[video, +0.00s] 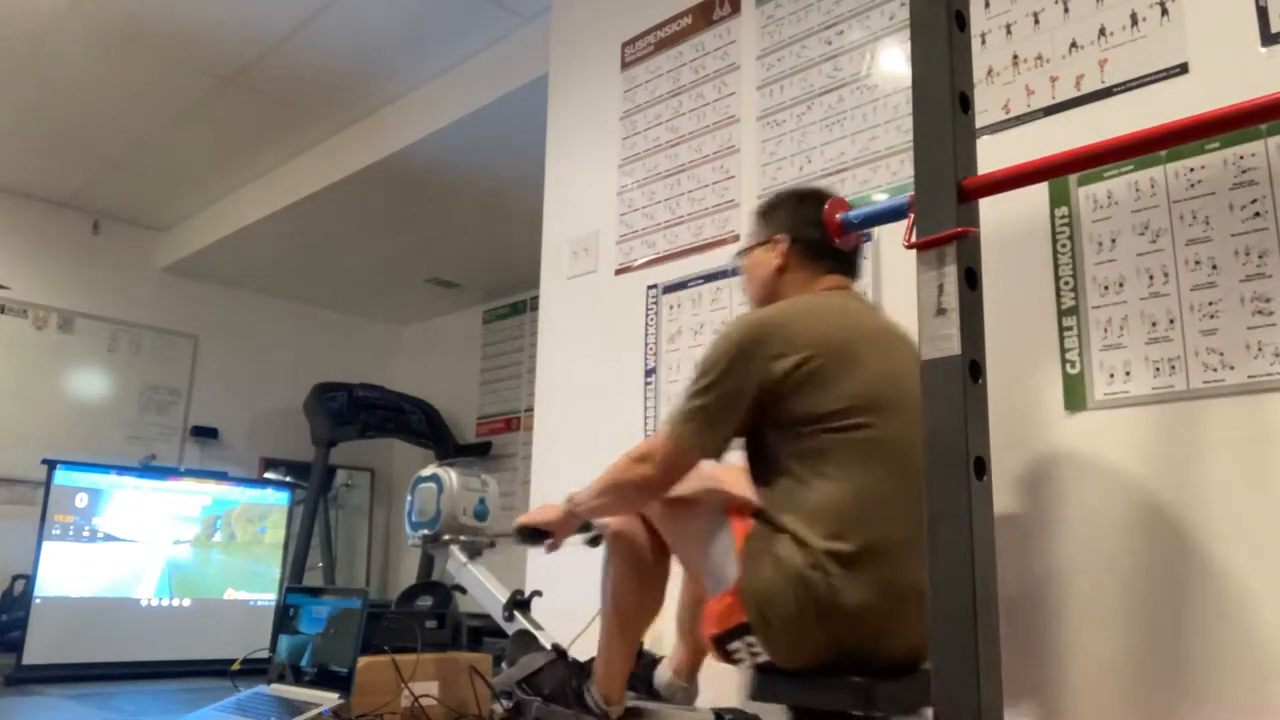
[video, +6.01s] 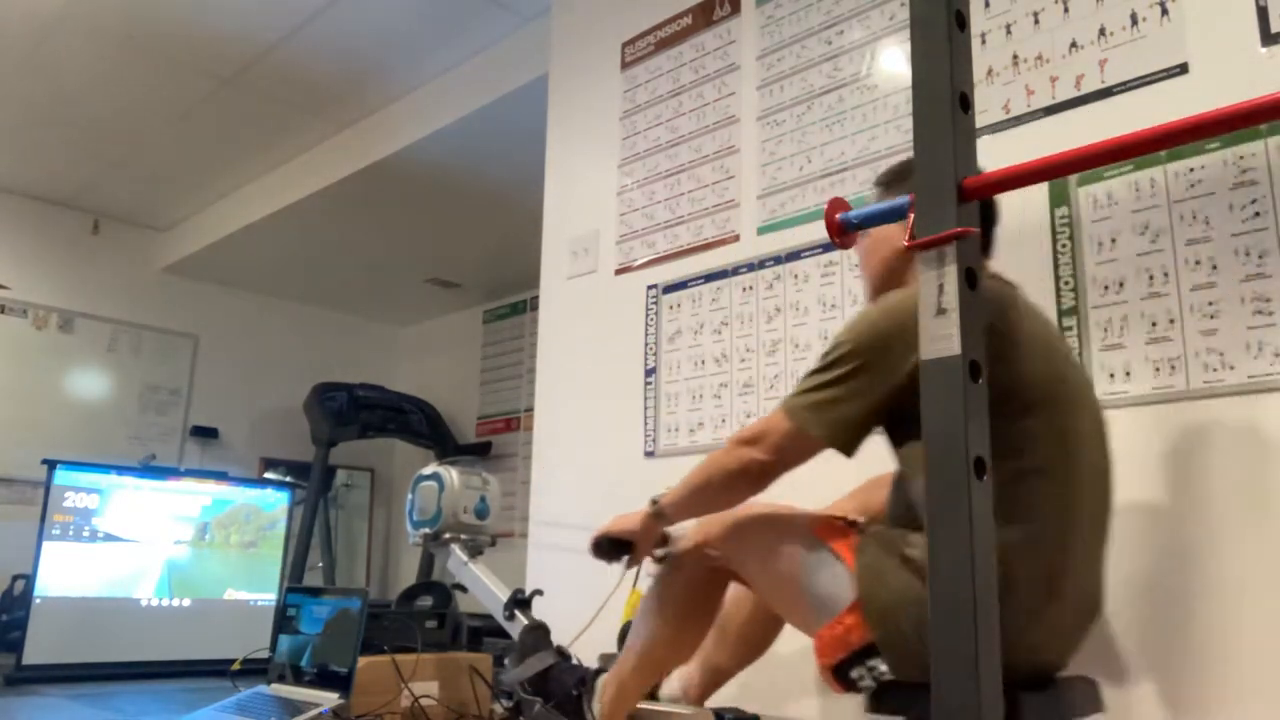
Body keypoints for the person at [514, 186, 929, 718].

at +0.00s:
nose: (742, 271)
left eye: (746, 254)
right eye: (742, 257)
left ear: (780, 251)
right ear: (842, 260)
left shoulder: (767, 332)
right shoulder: (891, 337)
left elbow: (654, 469)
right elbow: (822, 499)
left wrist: (571, 510)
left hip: (807, 626)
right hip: (905, 631)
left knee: (634, 508)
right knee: (711, 482)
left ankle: (606, 693)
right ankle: (680, 677)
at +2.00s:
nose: (652, 304)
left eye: (656, 287)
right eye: (652, 289)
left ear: (684, 284)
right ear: (743, 294)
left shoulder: (672, 359)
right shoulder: (790, 362)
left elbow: (565, 480)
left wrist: (495, 534)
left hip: (730, 627)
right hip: (821, 632)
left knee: (593, 481)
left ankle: (603, 681)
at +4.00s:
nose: (705, 296)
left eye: (709, 276)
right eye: (705, 279)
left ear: (741, 270)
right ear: (802, 281)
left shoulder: (735, 347)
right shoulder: (845, 352)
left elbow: (613, 470)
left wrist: (532, 528)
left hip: (780, 629)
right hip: (870, 633)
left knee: (623, 488)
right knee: (701, 473)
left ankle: (604, 688)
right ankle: (681, 669)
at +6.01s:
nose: (854, 248)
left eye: (864, 227)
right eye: (857, 229)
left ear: (916, 227)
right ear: (954, 233)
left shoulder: (910, 313)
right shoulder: (1011, 315)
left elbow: (759, 455)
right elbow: (886, 498)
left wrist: (655, 516)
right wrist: (725, 533)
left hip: (966, 634)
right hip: (1036, 630)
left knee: (714, 540)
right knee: (775, 548)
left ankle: (611, 704)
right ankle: (691, 692)